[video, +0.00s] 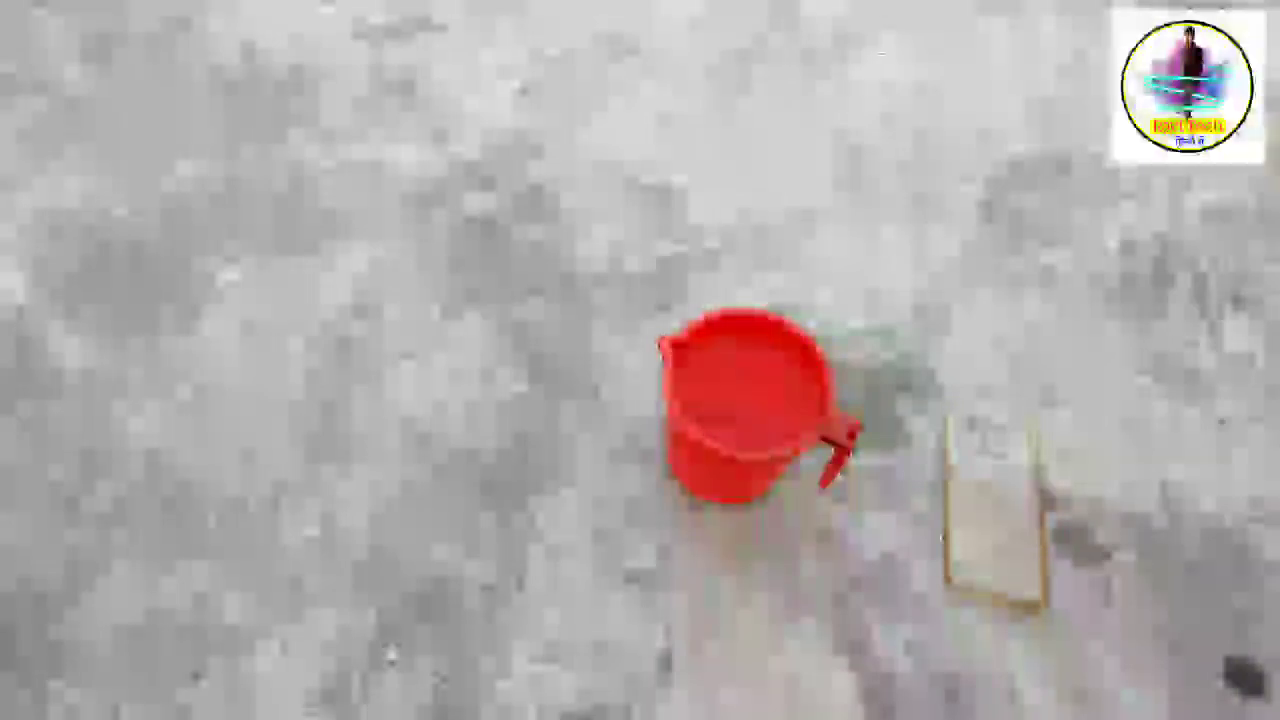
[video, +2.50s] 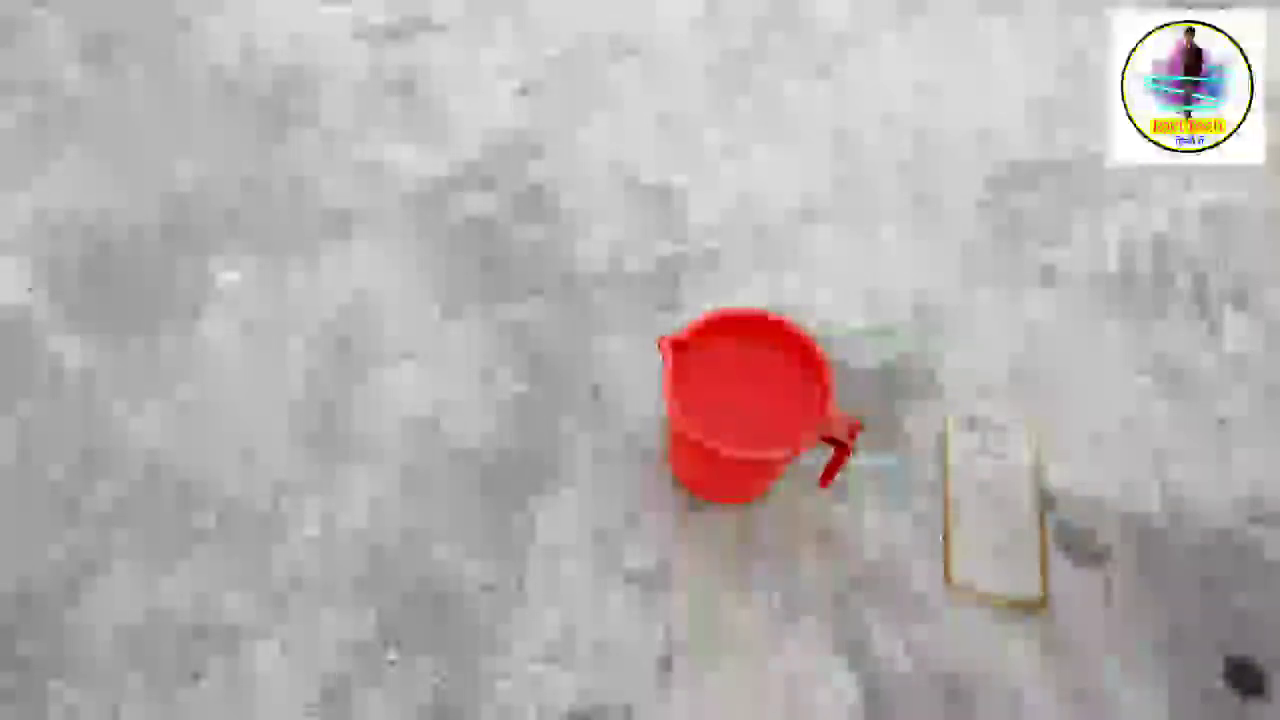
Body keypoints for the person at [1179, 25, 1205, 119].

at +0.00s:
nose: (1189, 38)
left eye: (1191, 35)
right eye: (1187, 35)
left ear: (1194, 36)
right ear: (1184, 36)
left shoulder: (1198, 50)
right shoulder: (1182, 50)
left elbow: (1200, 64)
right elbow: (1176, 62)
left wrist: (1198, 74)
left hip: (1194, 75)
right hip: (1184, 74)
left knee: (1191, 93)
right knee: (1185, 93)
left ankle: (1189, 111)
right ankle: (1186, 112)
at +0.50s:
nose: (1189, 38)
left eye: (1191, 35)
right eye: (1187, 35)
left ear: (1194, 36)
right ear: (1184, 36)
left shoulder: (1198, 50)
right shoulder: (1182, 50)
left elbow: (1200, 64)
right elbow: (1177, 62)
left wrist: (1198, 74)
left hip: (1194, 75)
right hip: (1184, 74)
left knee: (1191, 93)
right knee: (1185, 93)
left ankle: (1189, 111)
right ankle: (1186, 111)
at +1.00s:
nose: (1188, 38)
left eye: (1190, 36)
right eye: (1187, 35)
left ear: (1193, 36)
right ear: (1184, 36)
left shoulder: (1197, 50)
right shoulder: (1182, 49)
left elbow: (1199, 64)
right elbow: (1176, 61)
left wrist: (1197, 74)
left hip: (1193, 74)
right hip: (1183, 74)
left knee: (1190, 93)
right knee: (1185, 93)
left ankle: (1188, 112)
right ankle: (1186, 112)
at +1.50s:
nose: (1188, 38)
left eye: (1190, 36)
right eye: (1187, 35)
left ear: (1193, 36)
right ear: (1184, 36)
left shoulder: (1197, 50)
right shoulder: (1181, 49)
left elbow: (1199, 64)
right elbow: (1175, 61)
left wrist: (1197, 74)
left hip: (1193, 74)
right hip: (1183, 74)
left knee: (1190, 93)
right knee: (1185, 93)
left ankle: (1188, 112)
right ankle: (1186, 112)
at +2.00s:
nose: (1188, 38)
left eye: (1190, 35)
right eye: (1187, 35)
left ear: (1193, 36)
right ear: (1184, 36)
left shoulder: (1197, 49)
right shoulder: (1181, 49)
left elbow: (1199, 63)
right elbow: (1176, 61)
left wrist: (1198, 73)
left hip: (1193, 74)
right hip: (1183, 73)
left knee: (1191, 92)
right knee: (1185, 92)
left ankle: (1189, 111)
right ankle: (1186, 111)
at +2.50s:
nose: (1188, 38)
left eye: (1190, 36)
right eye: (1187, 35)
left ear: (1193, 36)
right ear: (1184, 36)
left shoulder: (1197, 49)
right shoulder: (1181, 49)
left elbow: (1199, 63)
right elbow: (1175, 61)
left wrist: (1197, 73)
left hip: (1193, 74)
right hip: (1183, 73)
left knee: (1191, 92)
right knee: (1185, 92)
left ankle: (1189, 111)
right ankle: (1186, 111)